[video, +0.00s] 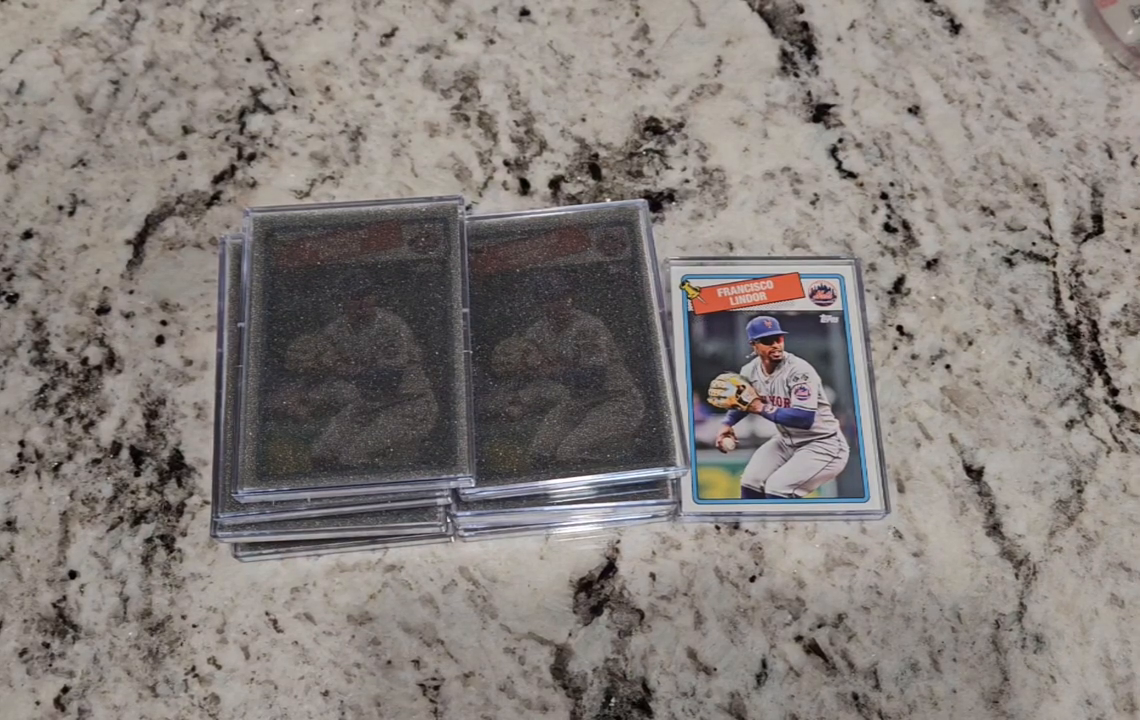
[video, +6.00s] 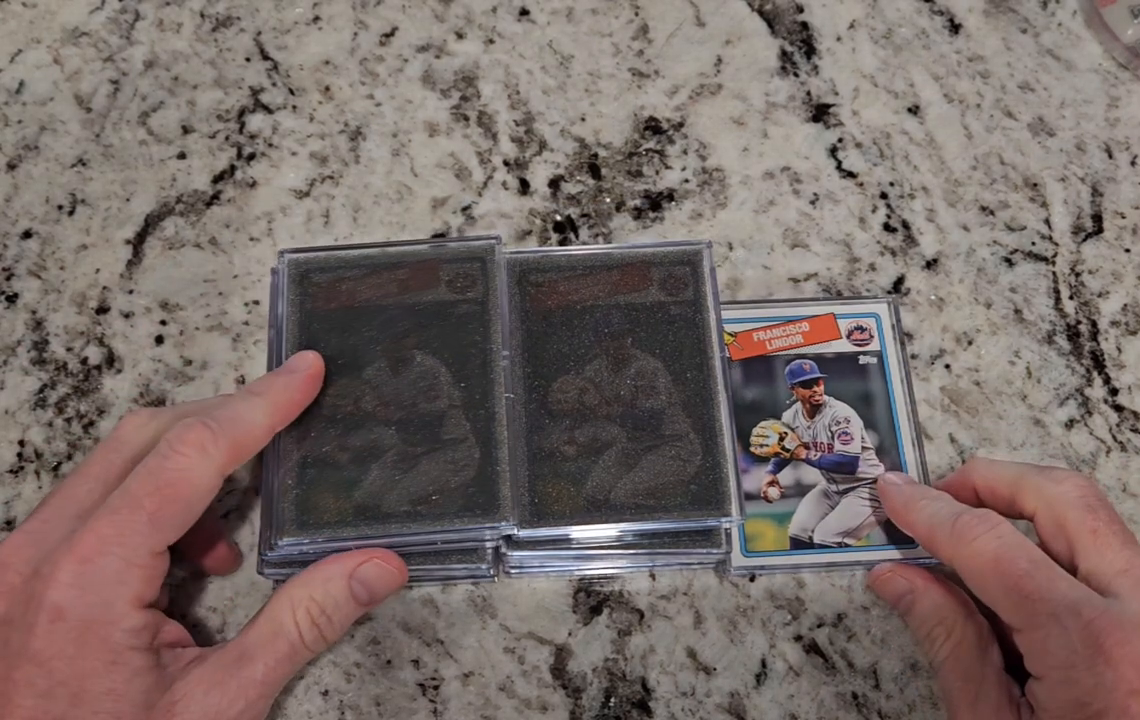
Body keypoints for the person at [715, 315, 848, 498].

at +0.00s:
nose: (776, 346)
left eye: (778, 339)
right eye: (767, 342)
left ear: (783, 339)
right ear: (754, 346)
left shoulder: (801, 371)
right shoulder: (749, 372)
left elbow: (804, 419)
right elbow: (743, 403)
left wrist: (761, 407)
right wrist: (726, 425)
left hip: (824, 446)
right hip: (786, 443)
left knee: (777, 488)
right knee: (751, 483)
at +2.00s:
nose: (776, 346)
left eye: (778, 339)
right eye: (767, 342)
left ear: (783, 339)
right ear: (754, 346)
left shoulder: (801, 371)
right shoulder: (749, 372)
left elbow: (804, 419)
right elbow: (743, 402)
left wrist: (760, 407)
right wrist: (726, 425)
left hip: (824, 445)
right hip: (786, 442)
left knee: (777, 487)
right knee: (751, 483)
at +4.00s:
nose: (775, 345)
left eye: (778, 339)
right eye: (767, 341)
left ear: (783, 339)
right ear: (754, 346)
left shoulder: (800, 371)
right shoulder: (748, 372)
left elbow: (803, 419)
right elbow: (742, 403)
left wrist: (760, 407)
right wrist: (726, 425)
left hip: (824, 445)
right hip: (786, 443)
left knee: (776, 488)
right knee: (750, 482)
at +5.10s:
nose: (782, 362)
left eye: (784, 355)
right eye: (774, 358)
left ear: (789, 355)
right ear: (761, 363)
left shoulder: (808, 386)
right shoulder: (757, 389)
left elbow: (814, 433)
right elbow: (753, 421)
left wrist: (771, 425)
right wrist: (737, 445)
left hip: (826, 462)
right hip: (795, 460)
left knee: (791, 507)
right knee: (764, 503)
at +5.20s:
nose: (801, 377)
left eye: (803, 370)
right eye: (793, 373)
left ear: (809, 370)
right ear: (780, 379)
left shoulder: (826, 402)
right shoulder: (775, 404)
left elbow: (834, 450)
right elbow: (771, 437)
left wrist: (789, 441)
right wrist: (755, 461)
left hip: (845, 479)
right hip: (814, 476)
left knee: (809, 524)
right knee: (782, 519)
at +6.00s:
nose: (816, 389)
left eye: (818, 382)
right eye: (807, 386)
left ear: (823, 382)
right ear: (794, 391)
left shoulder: (842, 415)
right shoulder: (790, 417)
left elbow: (848, 464)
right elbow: (786, 449)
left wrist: (805, 455)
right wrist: (770, 474)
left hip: (867, 489)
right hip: (831, 489)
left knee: (826, 537)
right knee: (799, 533)